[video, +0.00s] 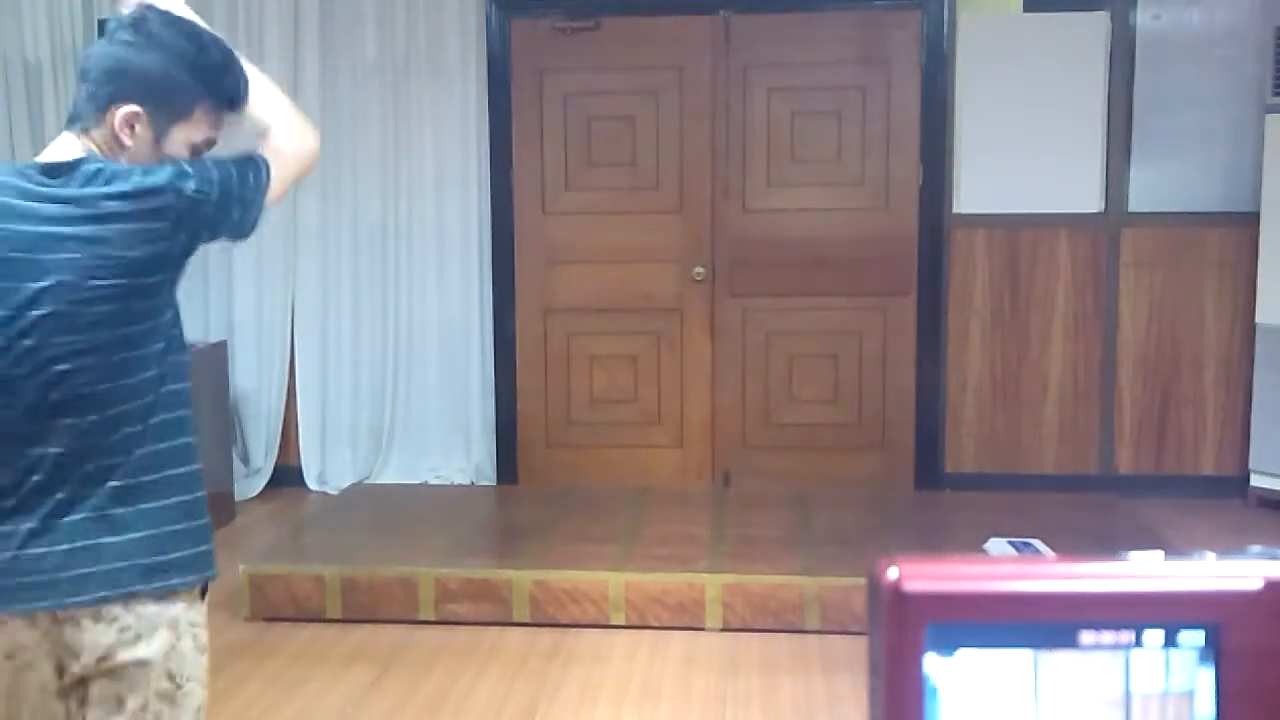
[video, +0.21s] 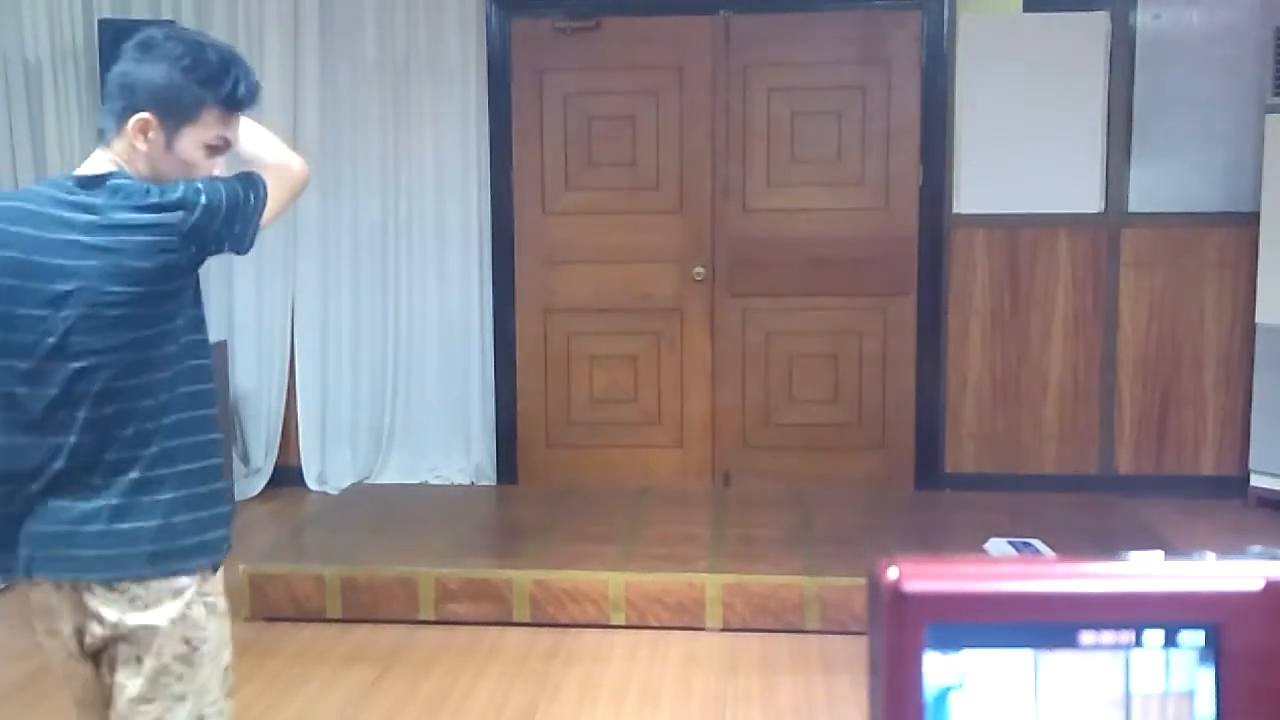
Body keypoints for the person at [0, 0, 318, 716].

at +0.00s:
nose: (198, 163)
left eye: (204, 147)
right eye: (194, 144)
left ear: (113, 124)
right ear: (127, 126)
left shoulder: (8, 194)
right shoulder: (156, 204)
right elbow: (296, 141)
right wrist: (202, 39)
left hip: (11, 574)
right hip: (136, 575)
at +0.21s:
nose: (222, 172)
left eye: (226, 151)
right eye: (212, 151)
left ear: (135, 133)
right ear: (144, 133)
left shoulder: (11, 213)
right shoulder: (169, 218)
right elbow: (287, 170)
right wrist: (216, 102)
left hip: (27, 559)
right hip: (158, 561)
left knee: (51, 712)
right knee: (172, 707)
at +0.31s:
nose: (228, 167)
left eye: (234, 148)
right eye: (220, 145)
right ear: (155, 124)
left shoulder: (19, 213)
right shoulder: (172, 204)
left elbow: (12, 372)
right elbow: (297, 162)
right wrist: (234, 116)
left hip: (55, 536)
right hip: (169, 542)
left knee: (109, 708)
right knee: (216, 705)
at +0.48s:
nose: (256, 150)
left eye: (262, 132)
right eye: (244, 130)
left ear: (174, 119)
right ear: (181, 119)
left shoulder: (90, 200)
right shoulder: (199, 193)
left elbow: (65, 322)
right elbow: (328, 147)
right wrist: (272, 114)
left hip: (90, 497)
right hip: (194, 498)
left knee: (116, 702)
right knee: (258, 698)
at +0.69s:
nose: (318, 147)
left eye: (319, 129)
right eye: (301, 131)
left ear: (235, 136)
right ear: (240, 134)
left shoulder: (165, 207)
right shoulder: (255, 204)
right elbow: (379, 163)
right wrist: (321, 139)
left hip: (161, 481)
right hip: (255, 489)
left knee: (167, 681)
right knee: (294, 685)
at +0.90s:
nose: (360, 147)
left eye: (362, 130)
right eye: (344, 132)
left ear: (280, 136)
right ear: (286, 133)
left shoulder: (210, 208)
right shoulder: (312, 210)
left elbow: (204, 333)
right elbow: (430, 236)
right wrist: (407, 186)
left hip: (233, 462)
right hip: (312, 470)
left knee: (264, 630)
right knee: (325, 655)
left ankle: (231, 712)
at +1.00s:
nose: (369, 150)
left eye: (373, 132)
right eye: (354, 133)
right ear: (298, 131)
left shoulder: (229, 207)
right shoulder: (321, 215)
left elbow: (218, 335)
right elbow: (430, 301)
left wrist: (253, 413)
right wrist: (461, 273)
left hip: (255, 459)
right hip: (324, 467)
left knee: (301, 623)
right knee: (331, 652)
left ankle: (285, 708)